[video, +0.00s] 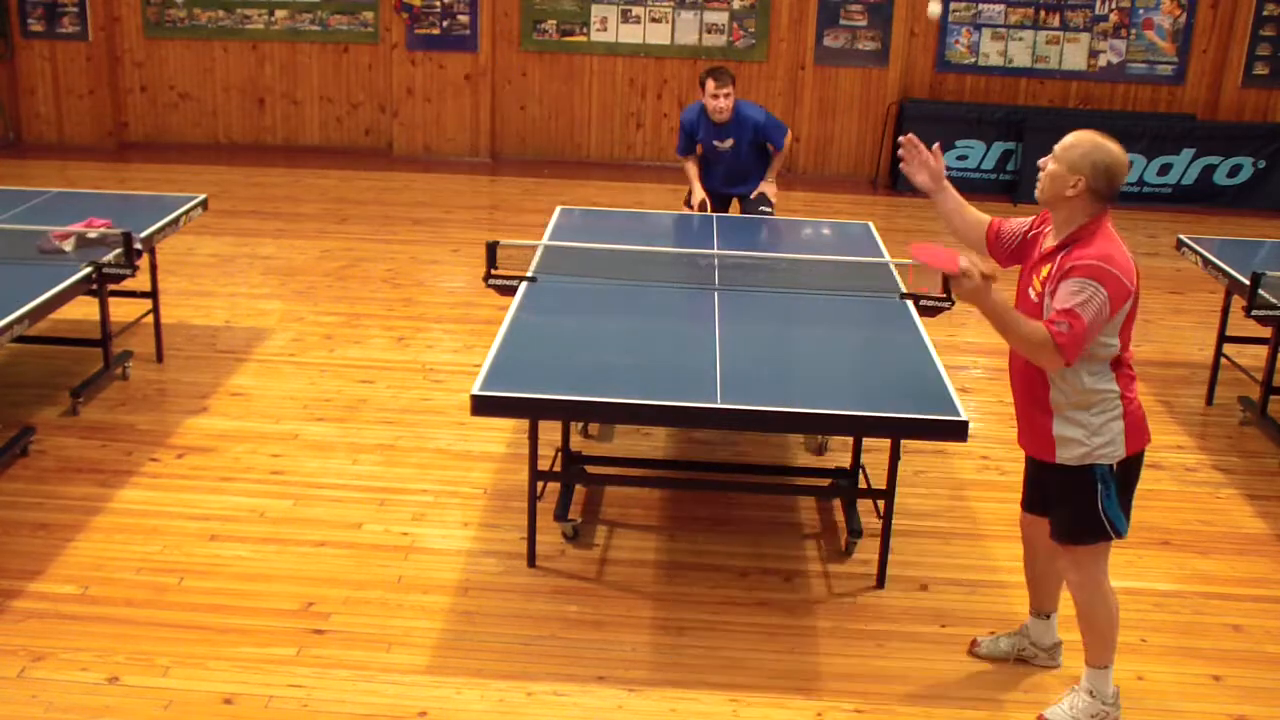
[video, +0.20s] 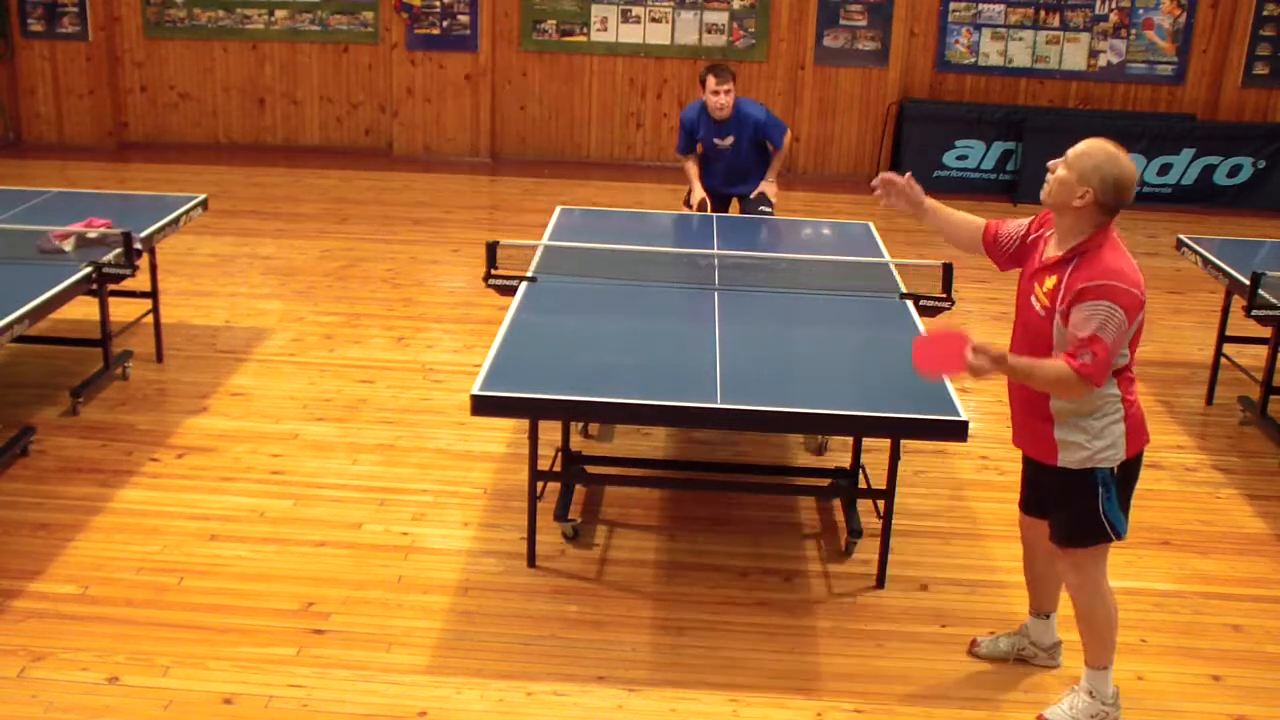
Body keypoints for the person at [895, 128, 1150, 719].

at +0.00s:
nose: (1040, 163)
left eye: (1052, 159)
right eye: (1047, 155)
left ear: (1076, 186)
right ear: (1074, 187)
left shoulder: (1100, 265)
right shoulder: (1046, 229)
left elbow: (1054, 349)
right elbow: (988, 240)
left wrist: (986, 299)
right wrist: (938, 187)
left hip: (1095, 441)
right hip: (1049, 430)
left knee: (1084, 562)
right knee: (1038, 528)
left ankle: (1101, 692)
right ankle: (1041, 634)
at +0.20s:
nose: (1050, 165)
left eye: (1062, 165)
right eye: (1058, 160)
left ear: (1084, 199)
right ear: (1077, 195)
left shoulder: (1110, 281)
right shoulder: (1047, 230)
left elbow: (1079, 378)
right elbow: (986, 238)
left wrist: (1004, 362)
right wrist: (919, 204)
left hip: (1091, 445)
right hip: (1045, 429)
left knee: (1081, 566)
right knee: (1036, 531)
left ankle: (1099, 692)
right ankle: (1039, 634)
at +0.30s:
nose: (1053, 171)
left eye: (1064, 170)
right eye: (1061, 165)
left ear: (1085, 205)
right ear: (1082, 202)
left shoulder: (1118, 287)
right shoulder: (1044, 233)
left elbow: (1101, 386)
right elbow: (981, 246)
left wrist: (1018, 408)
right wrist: (906, 230)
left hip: (1094, 450)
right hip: (1044, 433)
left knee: (1082, 569)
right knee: (1036, 532)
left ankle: (1099, 692)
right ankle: (1040, 633)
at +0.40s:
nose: (1046, 176)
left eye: (1057, 178)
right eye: (1055, 172)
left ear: (1078, 214)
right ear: (1074, 210)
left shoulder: (1119, 290)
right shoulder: (1037, 241)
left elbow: (1126, 387)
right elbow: (978, 259)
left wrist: (1066, 442)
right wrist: (903, 261)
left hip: (1093, 457)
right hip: (1037, 441)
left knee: (1080, 573)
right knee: (1033, 534)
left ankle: (1099, 692)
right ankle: (1040, 632)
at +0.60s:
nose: (983, 242)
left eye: (989, 236)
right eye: (984, 233)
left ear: (1021, 251)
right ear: (1027, 245)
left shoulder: (1092, 298)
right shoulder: (1035, 270)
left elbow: (1120, 383)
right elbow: (1011, 309)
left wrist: (1086, 385)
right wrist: (955, 330)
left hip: (1091, 464)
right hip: (1043, 449)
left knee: (1062, 589)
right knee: (998, 539)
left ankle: (1099, 694)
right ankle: (1021, 657)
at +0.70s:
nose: (956, 257)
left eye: (961, 250)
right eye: (957, 248)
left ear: (999, 255)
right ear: (1002, 249)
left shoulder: (1062, 292)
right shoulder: (1027, 271)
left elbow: (1075, 386)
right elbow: (1024, 342)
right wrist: (973, 360)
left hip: (1082, 473)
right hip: (1037, 456)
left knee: (1034, 598)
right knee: (990, 551)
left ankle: (1093, 683)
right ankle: (1014, 670)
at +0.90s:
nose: (947, 245)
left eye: (948, 235)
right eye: (946, 234)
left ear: (969, 240)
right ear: (997, 228)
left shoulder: (1031, 281)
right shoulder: (1017, 270)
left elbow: (1043, 367)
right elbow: (1025, 355)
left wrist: (955, 348)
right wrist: (959, 347)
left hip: (1048, 477)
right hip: (1031, 464)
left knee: (967, 599)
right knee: (988, 568)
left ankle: (1010, 707)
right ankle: (1010, 670)